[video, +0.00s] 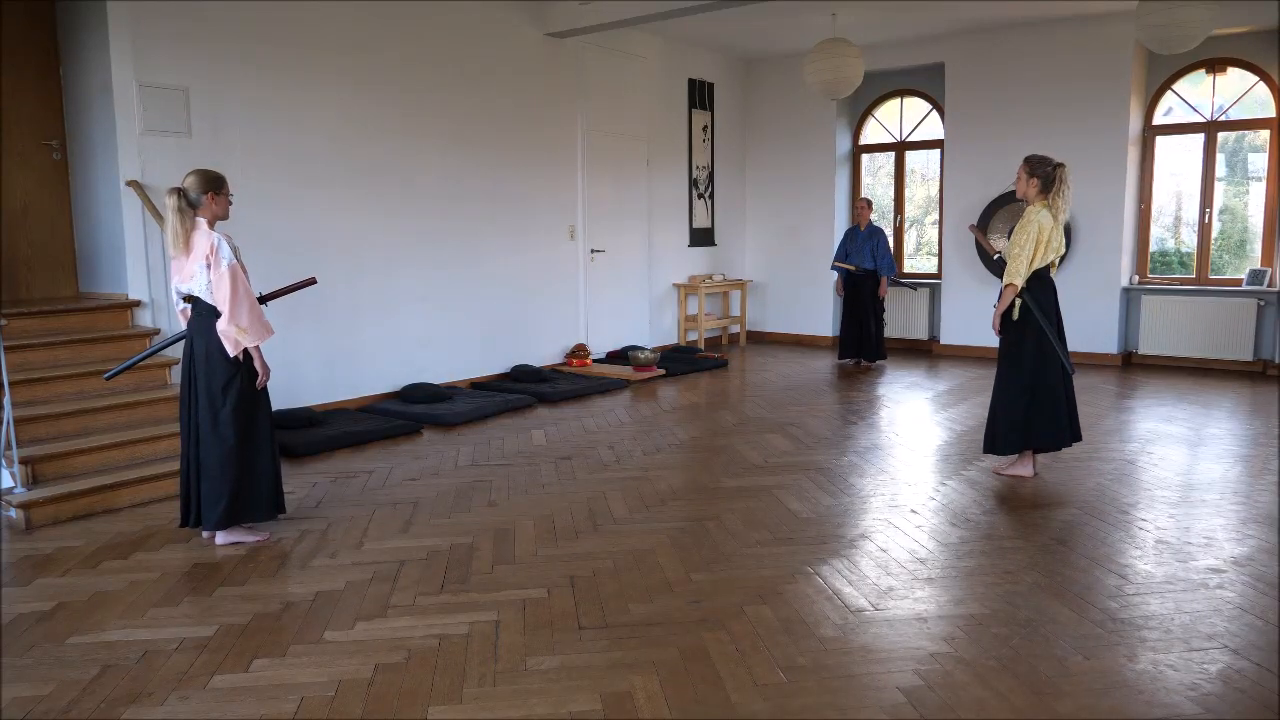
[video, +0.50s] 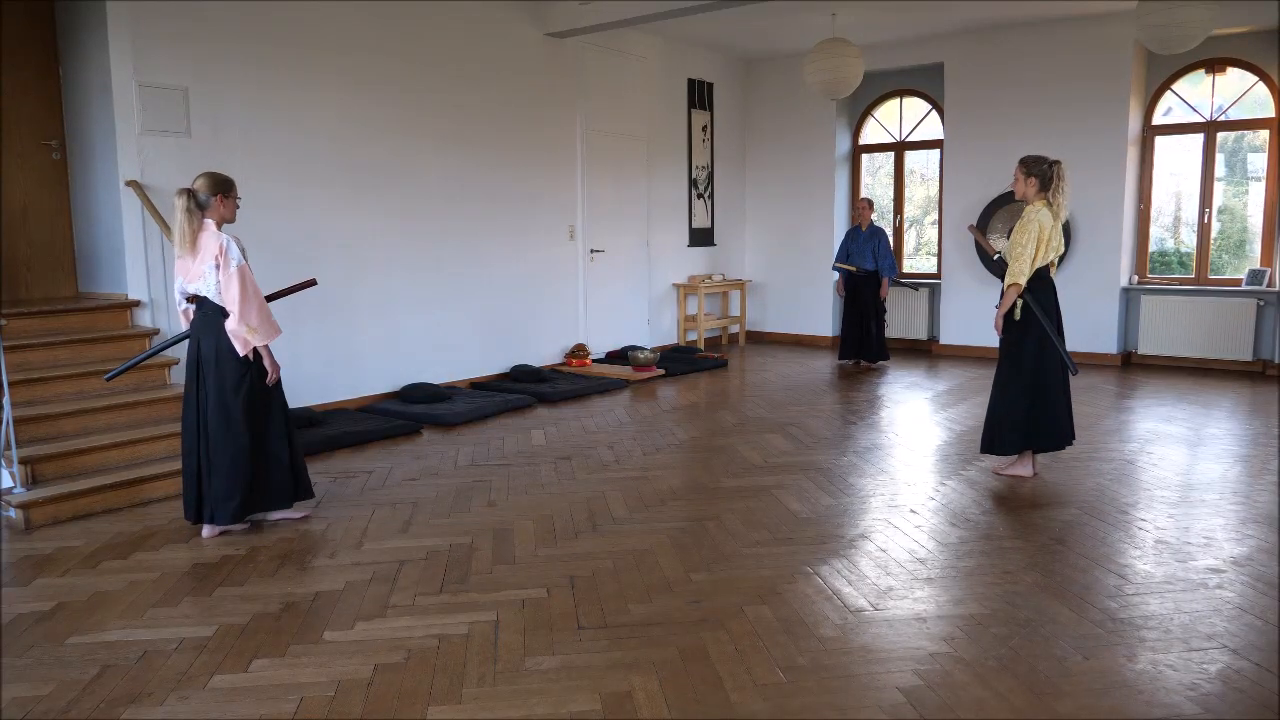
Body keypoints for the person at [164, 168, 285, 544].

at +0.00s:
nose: (231, 203)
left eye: (230, 197)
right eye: (228, 197)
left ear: (201, 200)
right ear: (210, 199)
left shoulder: (181, 240)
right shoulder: (216, 242)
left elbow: (183, 302)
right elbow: (235, 304)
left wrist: (202, 332)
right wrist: (255, 351)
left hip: (198, 341)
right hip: (224, 342)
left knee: (209, 430)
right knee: (232, 431)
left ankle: (213, 521)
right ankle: (229, 525)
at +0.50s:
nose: (237, 206)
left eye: (236, 199)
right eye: (234, 200)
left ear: (203, 202)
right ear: (219, 202)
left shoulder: (186, 245)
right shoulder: (224, 244)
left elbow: (185, 303)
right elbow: (242, 304)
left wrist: (201, 334)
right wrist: (264, 349)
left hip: (201, 340)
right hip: (232, 339)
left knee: (213, 425)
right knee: (260, 415)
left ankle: (216, 515)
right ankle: (276, 502)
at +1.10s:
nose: (288, 205)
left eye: (286, 199)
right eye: (285, 200)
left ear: (256, 203)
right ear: (271, 202)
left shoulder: (237, 245)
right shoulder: (280, 242)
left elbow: (236, 301)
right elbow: (294, 299)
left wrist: (252, 327)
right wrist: (312, 344)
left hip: (251, 332)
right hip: (281, 332)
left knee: (247, 413)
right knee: (298, 411)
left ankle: (221, 500)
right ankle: (306, 493)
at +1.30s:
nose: (305, 204)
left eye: (304, 199)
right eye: (302, 199)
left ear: (275, 201)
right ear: (289, 201)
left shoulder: (254, 244)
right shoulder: (298, 240)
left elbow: (256, 298)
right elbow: (314, 297)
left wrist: (273, 324)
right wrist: (333, 339)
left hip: (272, 330)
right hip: (302, 330)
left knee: (275, 406)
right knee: (309, 408)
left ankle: (254, 486)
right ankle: (305, 493)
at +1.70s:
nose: (337, 210)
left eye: (336, 204)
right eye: (335, 204)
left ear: (310, 206)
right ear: (322, 206)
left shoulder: (290, 246)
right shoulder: (329, 242)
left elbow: (290, 301)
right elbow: (342, 298)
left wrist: (307, 325)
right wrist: (358, 340)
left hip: (306, 331)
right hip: (331, 330)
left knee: (314, 408)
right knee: (340, 406)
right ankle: (305, 491)